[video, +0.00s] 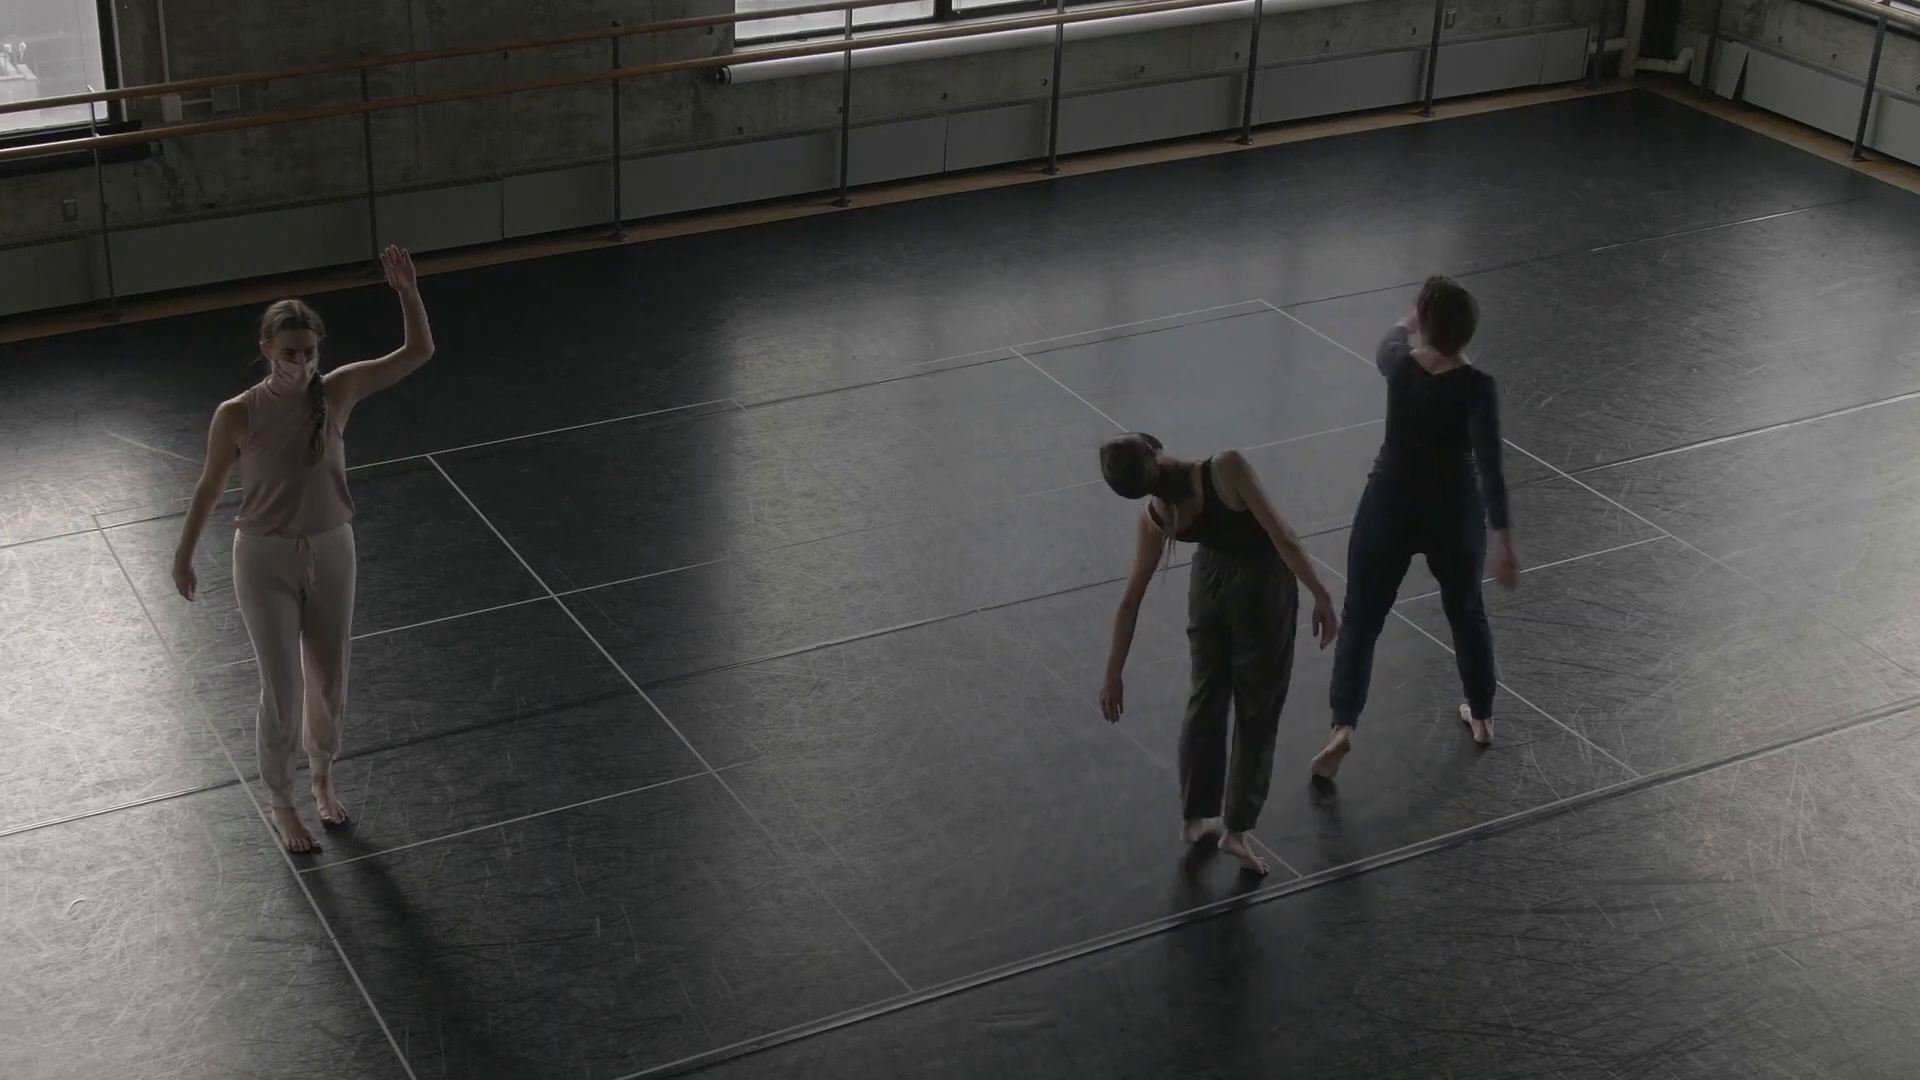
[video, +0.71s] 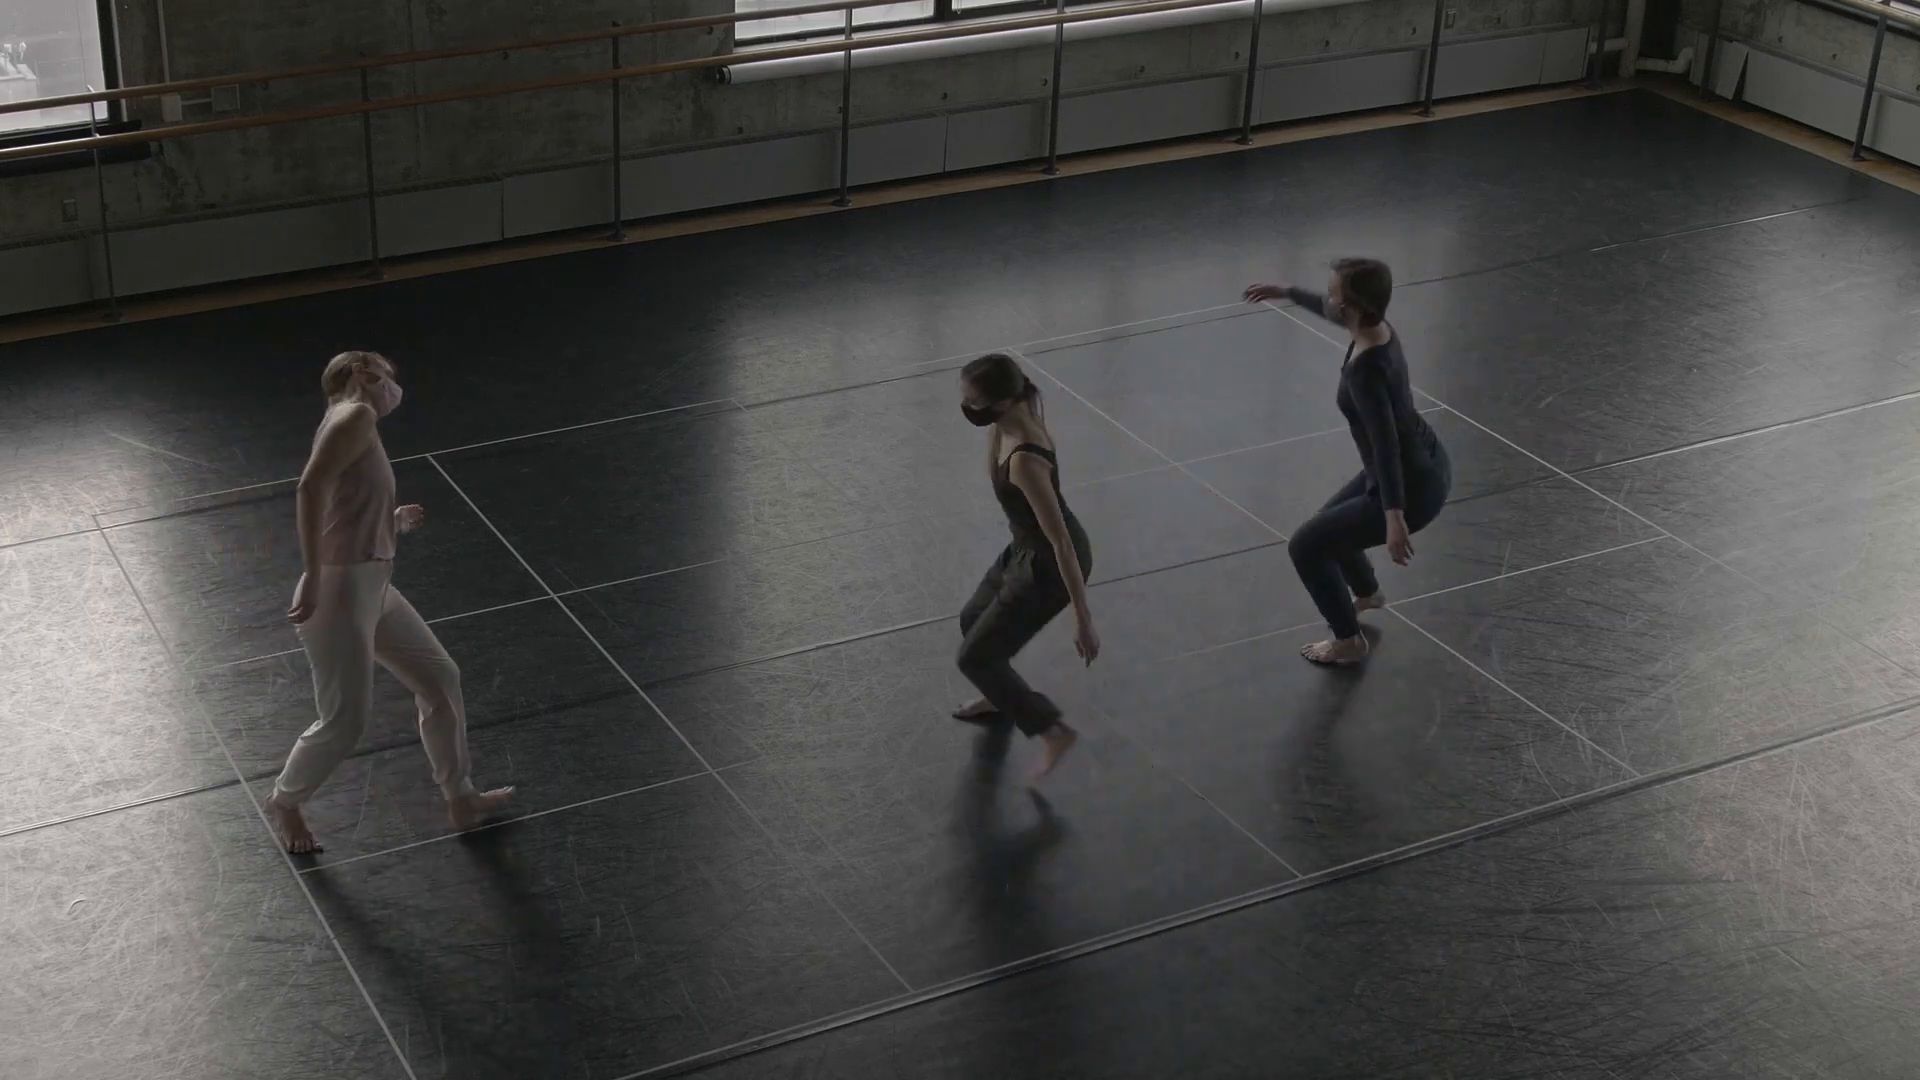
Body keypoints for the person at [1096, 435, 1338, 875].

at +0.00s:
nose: (1147, 439)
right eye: (1145, 441)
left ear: (1136, 491)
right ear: (1156, 450)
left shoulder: (1155, 518)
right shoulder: (1228, 469)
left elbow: (1130, 601)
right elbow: (1280, 535)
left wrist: (1112, 675)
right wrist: (1320, 594)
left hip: (1209, 584)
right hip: (1263, 585)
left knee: (1205, 696)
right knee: (1258, 707)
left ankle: (1197, 818)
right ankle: (1237, 831)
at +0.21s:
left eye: (1087, 455)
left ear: (1101, 460)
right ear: (1127, 424)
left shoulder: (1115, 500)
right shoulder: (1187, 436)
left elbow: (1090, 583)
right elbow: (1243, 497)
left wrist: (1076, 655)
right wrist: (1285, 558)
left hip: (1157, 590)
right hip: (1217, 581)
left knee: (1151, 691)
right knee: (1229, 697)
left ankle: (1146, 799)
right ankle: (1238, 816)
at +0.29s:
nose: (1059, 441)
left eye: (1062, 438)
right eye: (1058, 435)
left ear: (1079, 446)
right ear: (1111, 413)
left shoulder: (1095, 494)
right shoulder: (1164, 427)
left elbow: (1075, 576)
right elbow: (1223, 484)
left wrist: (1064, 649)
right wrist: (1265, 543)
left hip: (1135, 599)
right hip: (1192, 585)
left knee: (1135, 699)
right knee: (1198, 686)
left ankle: (1141, 803)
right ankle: (1225, 793)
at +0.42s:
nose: (1030, 426)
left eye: (1034, 421)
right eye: (1029, 419)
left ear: (1057, 424)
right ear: (1083, 397)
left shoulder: (1073, 478)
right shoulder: (1128, 415)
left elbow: (1066, 563)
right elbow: (1185, 459)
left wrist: (1052, 634)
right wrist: (1231, 511)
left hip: (1117, 585)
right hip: (1159, 568)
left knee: (1120, 688)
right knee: (1091, 637)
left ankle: (1140, 799)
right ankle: (1123, 747)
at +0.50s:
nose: (1013, 414)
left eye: (1017, 410)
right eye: (1013, 407)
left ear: (1039, 411)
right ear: (1060, 387)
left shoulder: (1061, 466)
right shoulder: (1093, 407)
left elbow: (1066, 557)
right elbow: (1147, 441)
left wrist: (1055, 628)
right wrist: (1193, 483)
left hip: (1097, 577)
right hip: (1127, 553)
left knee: (1108, 683)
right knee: (1054, 623)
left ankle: (1140, 790)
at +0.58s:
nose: (993, 405)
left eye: (997, 400)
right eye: (993, 398)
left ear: (1018, 404)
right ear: (1038, 381)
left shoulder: (1045, 454)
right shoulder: (1058, 399)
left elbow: (1067, 542)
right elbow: (1100, 427)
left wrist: (1066, 624)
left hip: (1077, 564)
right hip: (1078, 545)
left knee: (1059, 674)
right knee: (1030, 608)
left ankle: (1129, 769)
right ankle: (1000, 683)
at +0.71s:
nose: (964, 409)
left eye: (972, 405)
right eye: (964, 400)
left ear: (999, 405)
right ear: (1009, 395)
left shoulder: (1023, 462)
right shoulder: (1013, 410)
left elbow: (1062, 542)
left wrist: (1083, 618)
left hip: (1051, 565)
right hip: (1028, 544)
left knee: (975, 659)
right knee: (972, 620)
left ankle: (1054, 731)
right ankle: (1001, 700)